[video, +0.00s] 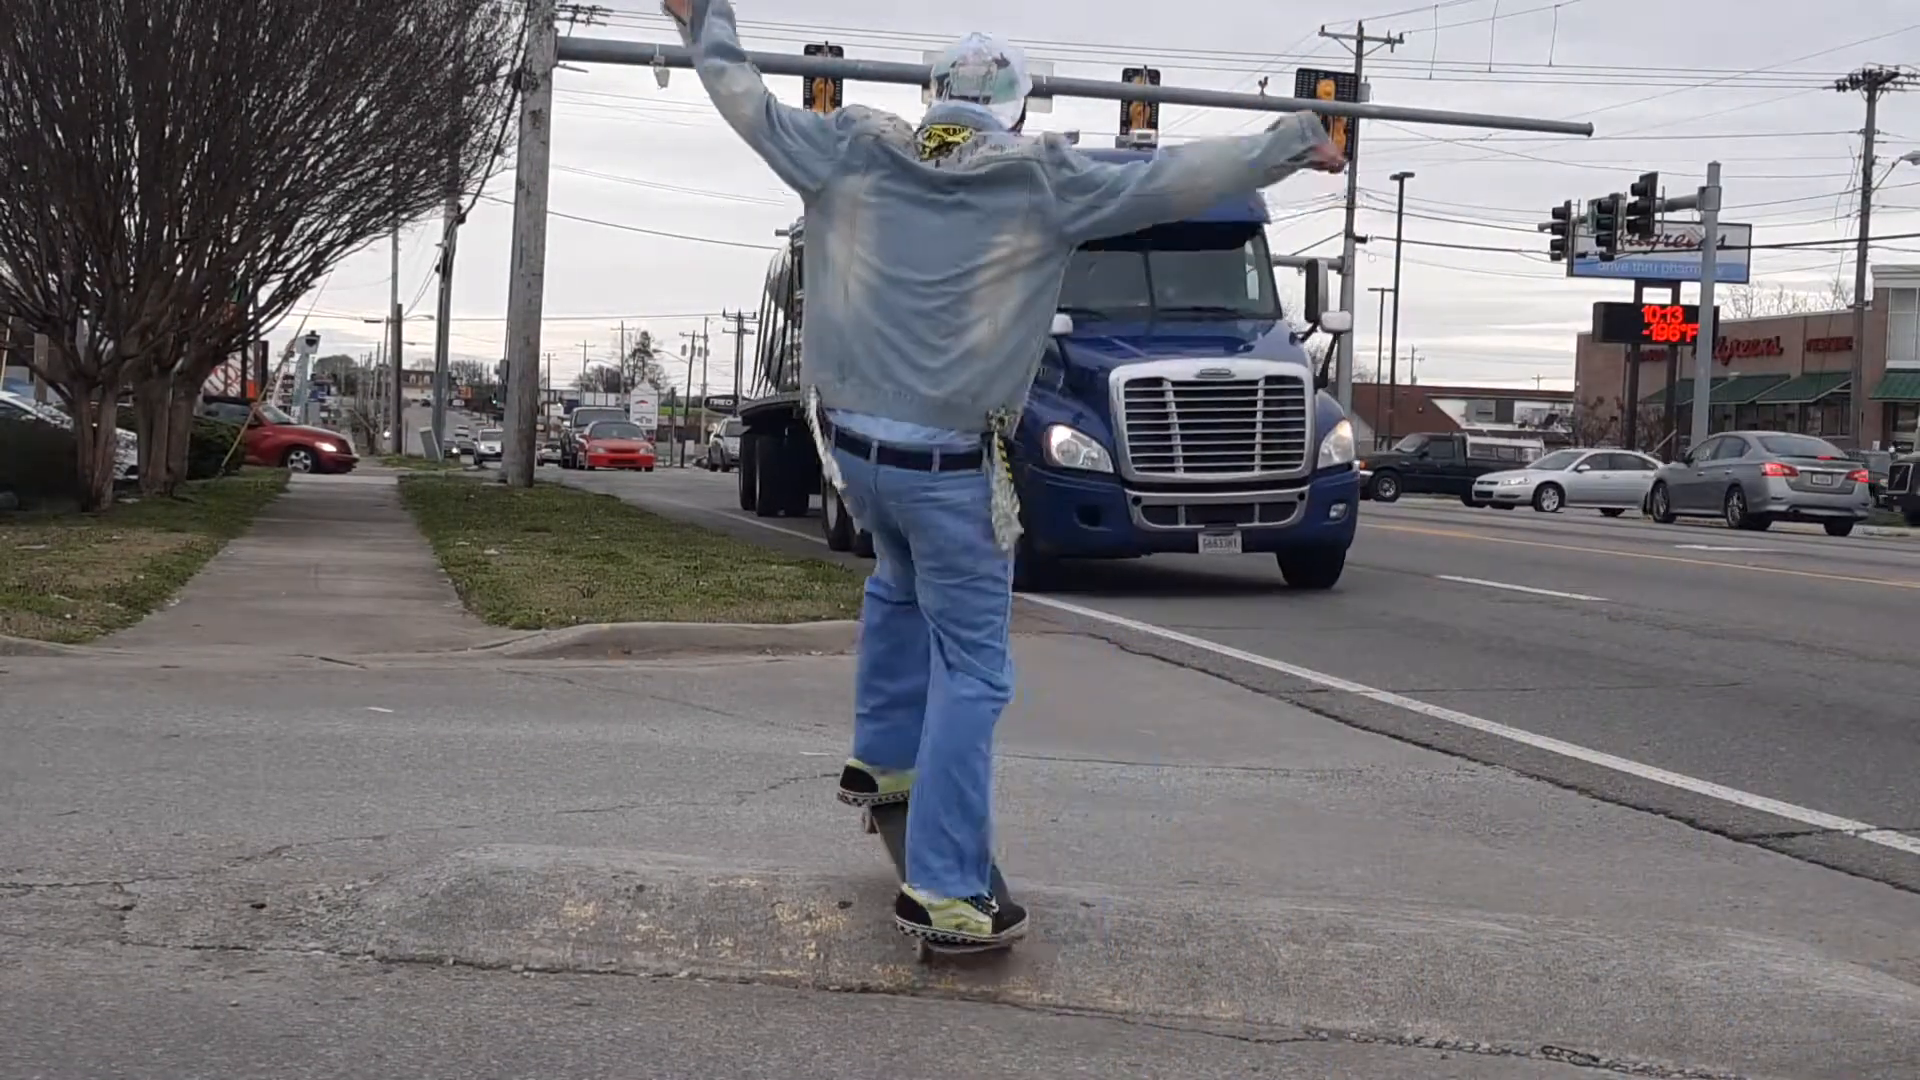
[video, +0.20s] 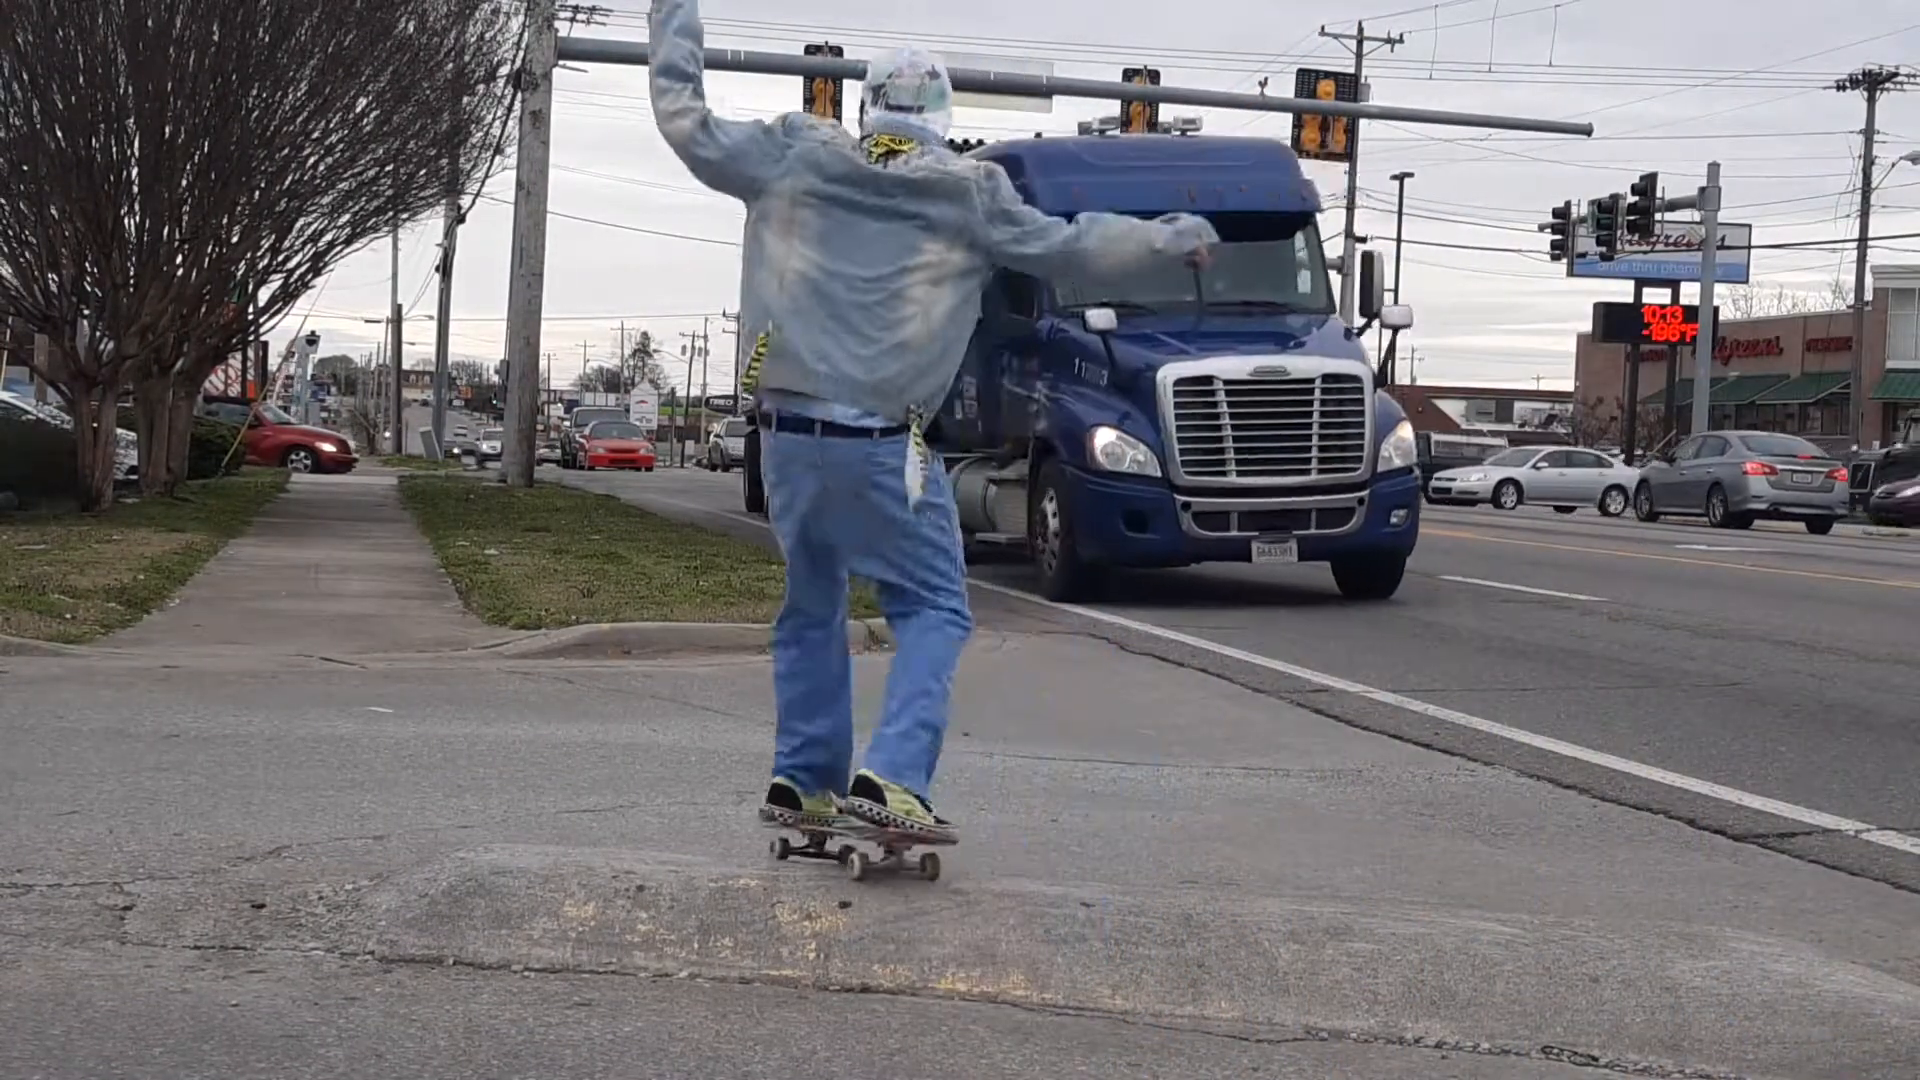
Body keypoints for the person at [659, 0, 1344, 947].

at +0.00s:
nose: (1004, 113)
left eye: (981, 101)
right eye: (1012, 102)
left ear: (933, 95)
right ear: (1015, 109)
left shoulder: (852, 149)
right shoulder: (1043, 177)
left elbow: (747, 102)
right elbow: (1174, 178)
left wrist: (698, 21)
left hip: (851, 446)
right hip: (943, 461)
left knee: (898, 577)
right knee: (973, 664)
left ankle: (884, 761)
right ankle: (945, 891)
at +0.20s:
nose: (921, 115)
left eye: (901, 100)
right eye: (934, 105)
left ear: (867, 105)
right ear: (943, 117)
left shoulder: (793, 152)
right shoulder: (969, 192)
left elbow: (687, 124)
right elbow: (1068, 248)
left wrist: (674, 10)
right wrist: (1177, 238)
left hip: (784, 444)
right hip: (879, 449)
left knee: (809, 613)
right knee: (934, 611)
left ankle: (803, 779)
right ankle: (893, 777)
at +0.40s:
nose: (851, 202)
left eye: (815, 186)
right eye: (860, 191)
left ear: (797, 187)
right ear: (869, 196)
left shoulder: (741, 236)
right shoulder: (895, 290)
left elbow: (650, 259)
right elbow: (938, 401)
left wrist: (579, 207)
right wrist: (959, 482)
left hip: (731, 477)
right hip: (812, 488)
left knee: (750, 639)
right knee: (875, 632)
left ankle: (725, 801)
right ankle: (810, 777)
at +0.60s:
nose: (734, 232)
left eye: (728, 220)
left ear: (729, 224)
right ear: (796, 232)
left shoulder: (688, 286)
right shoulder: (825, 317)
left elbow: (616, 367)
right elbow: (801, 396)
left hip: (682, 494)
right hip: (768, 507)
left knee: (689, 634)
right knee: (767, 658)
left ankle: (663, 776)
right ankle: (700, 805)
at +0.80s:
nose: (688, 237)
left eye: (671, 224)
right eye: (710, 226)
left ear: (664, 227)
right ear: (725, 230)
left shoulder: (622, 295)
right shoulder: (755, 312)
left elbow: (614, 403)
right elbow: (749, 406)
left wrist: (651, 480)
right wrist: (724, 491)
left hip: (639, 493)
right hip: (717, 496)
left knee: (641, 624)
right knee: (708, 638)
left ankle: (625, 753)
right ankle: (666, 775)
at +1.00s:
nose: (673, 232)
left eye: (665, 221)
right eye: (675, 223)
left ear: (616, 218)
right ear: (673, 225)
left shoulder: (561, 285)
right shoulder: (686, 292)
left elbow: (545, 379)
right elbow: (711, 401)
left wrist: (591, 451)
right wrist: (729, 485)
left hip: (587, 479)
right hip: (655, 478)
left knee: (603, 603)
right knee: (671, 607)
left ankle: (588, 732)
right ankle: (636, 750)